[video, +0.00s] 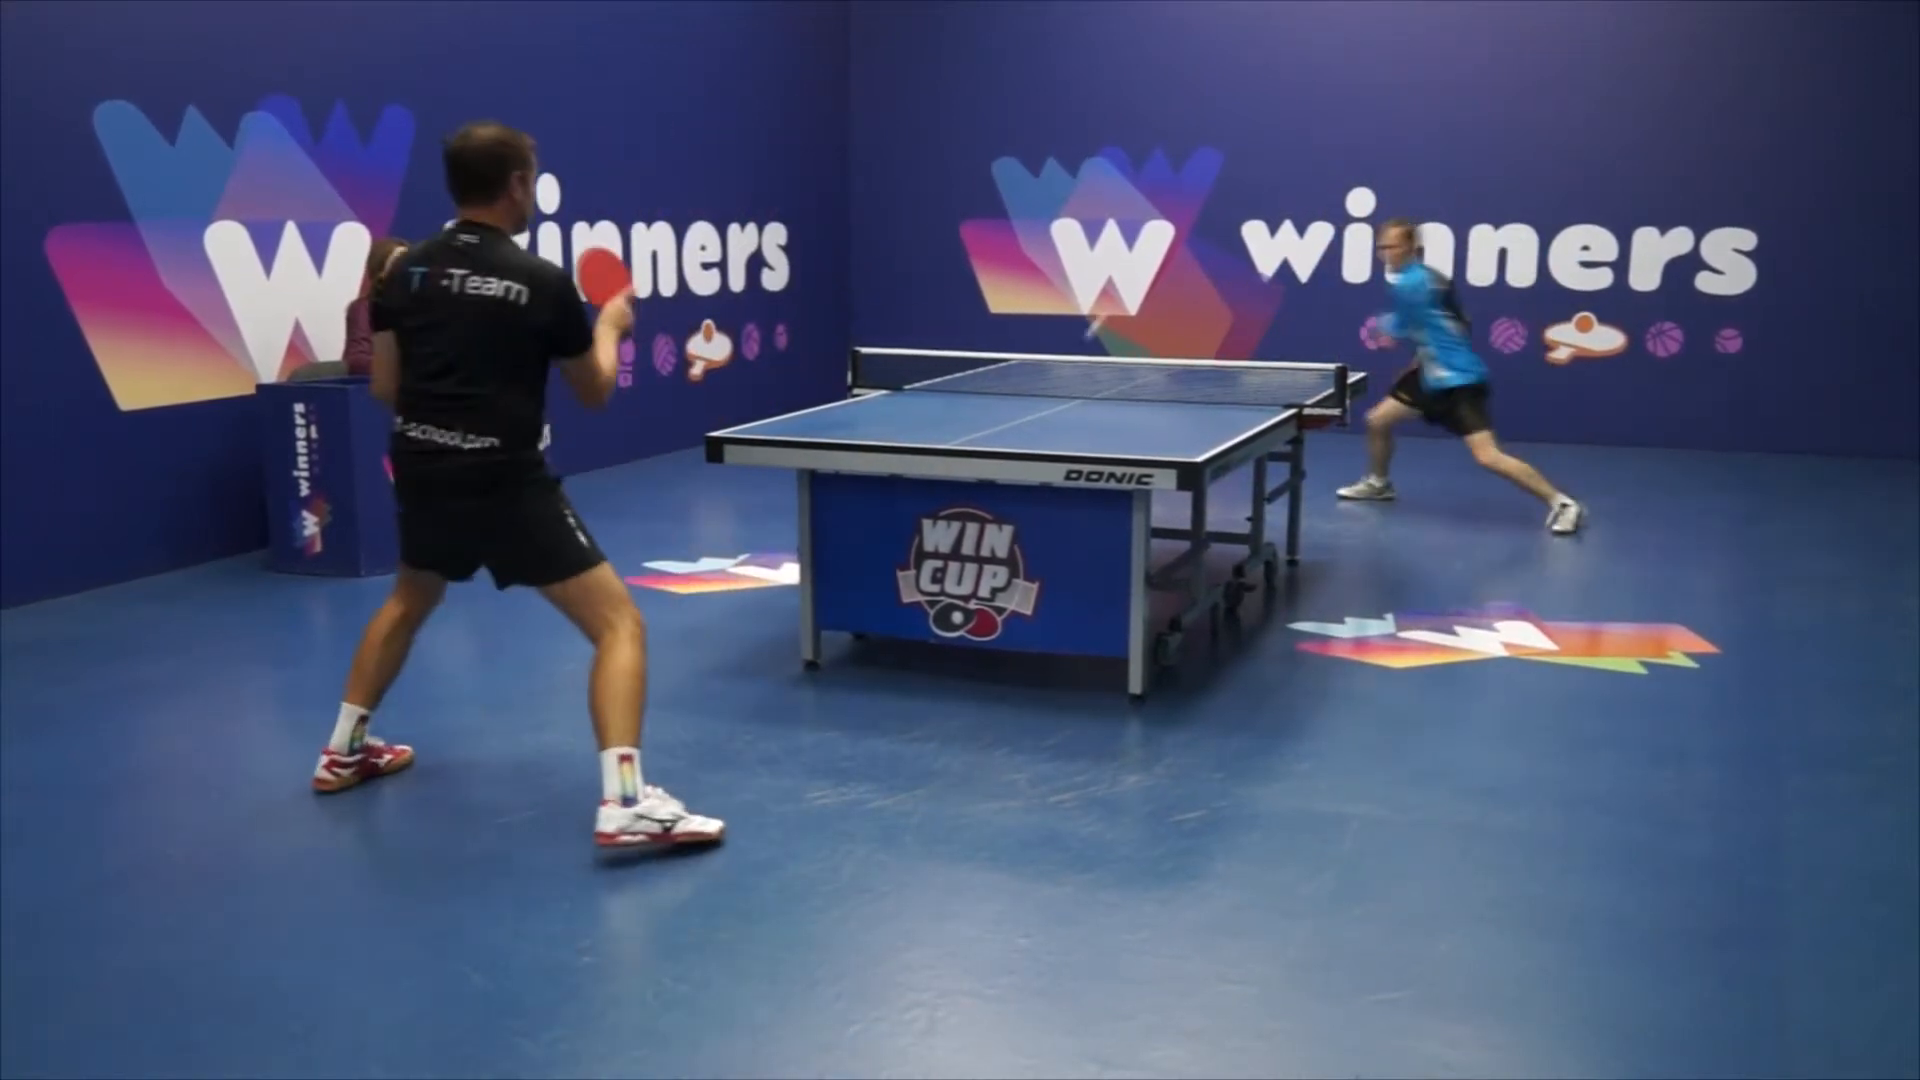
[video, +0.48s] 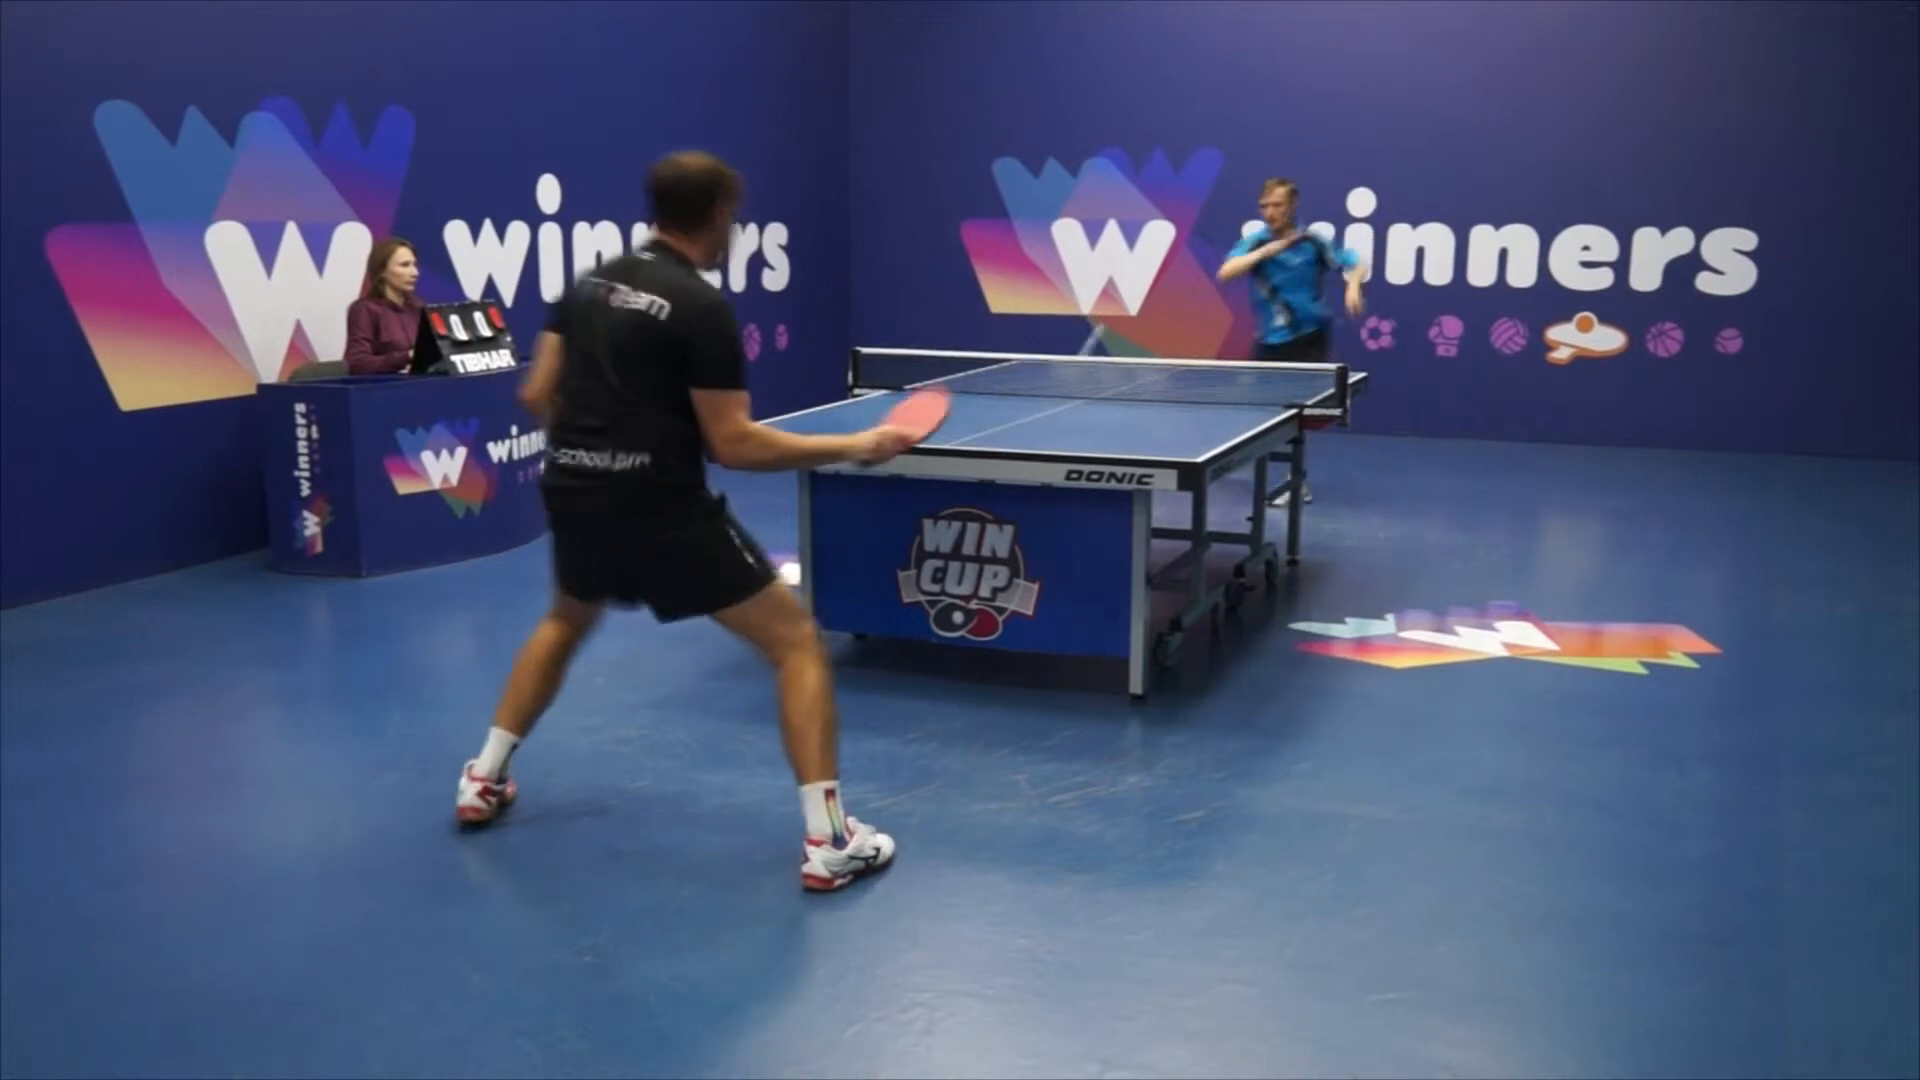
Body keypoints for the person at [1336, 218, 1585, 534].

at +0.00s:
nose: (1387, 254)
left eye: (1394, 247)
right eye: (1383, 247)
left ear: (1412, 248)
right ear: (1381, 249)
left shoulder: (1416, 282)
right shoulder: (1409, 281)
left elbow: (1404, 322)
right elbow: (1425, 325)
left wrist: (1384, 328)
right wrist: (1388, 332)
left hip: (1461, 379)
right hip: (1430, 376)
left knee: (1487, 455)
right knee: (1377, 420)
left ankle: (1561, 504)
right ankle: (1378, 483)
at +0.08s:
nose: (1355, 251)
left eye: (1361, 245)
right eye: (1352, 245)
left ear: (1378, 245)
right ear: (1352, 245)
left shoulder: (1380, 272)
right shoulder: (1400, 274)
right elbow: (1442, 317)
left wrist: (1347, 317)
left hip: (1438, 370)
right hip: (1413, 374)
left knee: (1476, 438)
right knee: (1363, 416)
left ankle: (1547, 497)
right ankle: (1377, 482)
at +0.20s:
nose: (1314, 235)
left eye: (1320, 228)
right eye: (1311, 228)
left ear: (1338, 228)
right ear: (1313, 229)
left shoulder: (1352, 248)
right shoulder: (1337, 261)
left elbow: (1380, 263)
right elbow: (1360, 296)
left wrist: (1343, 308)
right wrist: (1345, 328)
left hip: (1408, 345)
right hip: (1386, 357)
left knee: (1433, 413)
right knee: (1354, 417)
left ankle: (1484, 481)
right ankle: (1375, 481)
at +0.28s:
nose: (1297, 219)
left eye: (1302, 212)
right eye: (1293, 213)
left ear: (1322, 210)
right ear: (1293, 216)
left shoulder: (1349, 233)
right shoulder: (1301, 260)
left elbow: (1389, 238)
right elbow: (1283, 309)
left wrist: (1349, 244)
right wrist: (1241, 296)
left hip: (1387, 327)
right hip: (1354, 338)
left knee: (1384, 401)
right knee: (1350, 413)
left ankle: (1399, 479)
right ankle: (1375, 478)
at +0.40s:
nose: (1280, 207)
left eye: (1287, 200)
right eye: (1276, 201)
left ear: (1305, 200)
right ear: (1273, 204)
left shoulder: (1328, 231)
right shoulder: (1275, 236)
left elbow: (1370, 244)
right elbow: (1241, 258)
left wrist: (1344, 258)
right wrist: (1281, 245)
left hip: (1339, 322)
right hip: (1304, 327)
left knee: (1321, 398)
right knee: (1299, 397)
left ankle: (1311, 471)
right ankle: (1347, 455)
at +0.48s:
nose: (1270, 212)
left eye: (1277, 206)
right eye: (1266, 206)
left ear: (1293, 207)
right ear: (1261, 208)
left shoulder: (1312, 242)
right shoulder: (1256, 239)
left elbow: (1354, 265)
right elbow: (1225, 272)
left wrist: (1353, 287)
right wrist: (1269, 250)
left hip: (1309, 338)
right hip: (1270, 342)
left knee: (1296, 410)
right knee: (1272, 409)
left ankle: (1296, 480)